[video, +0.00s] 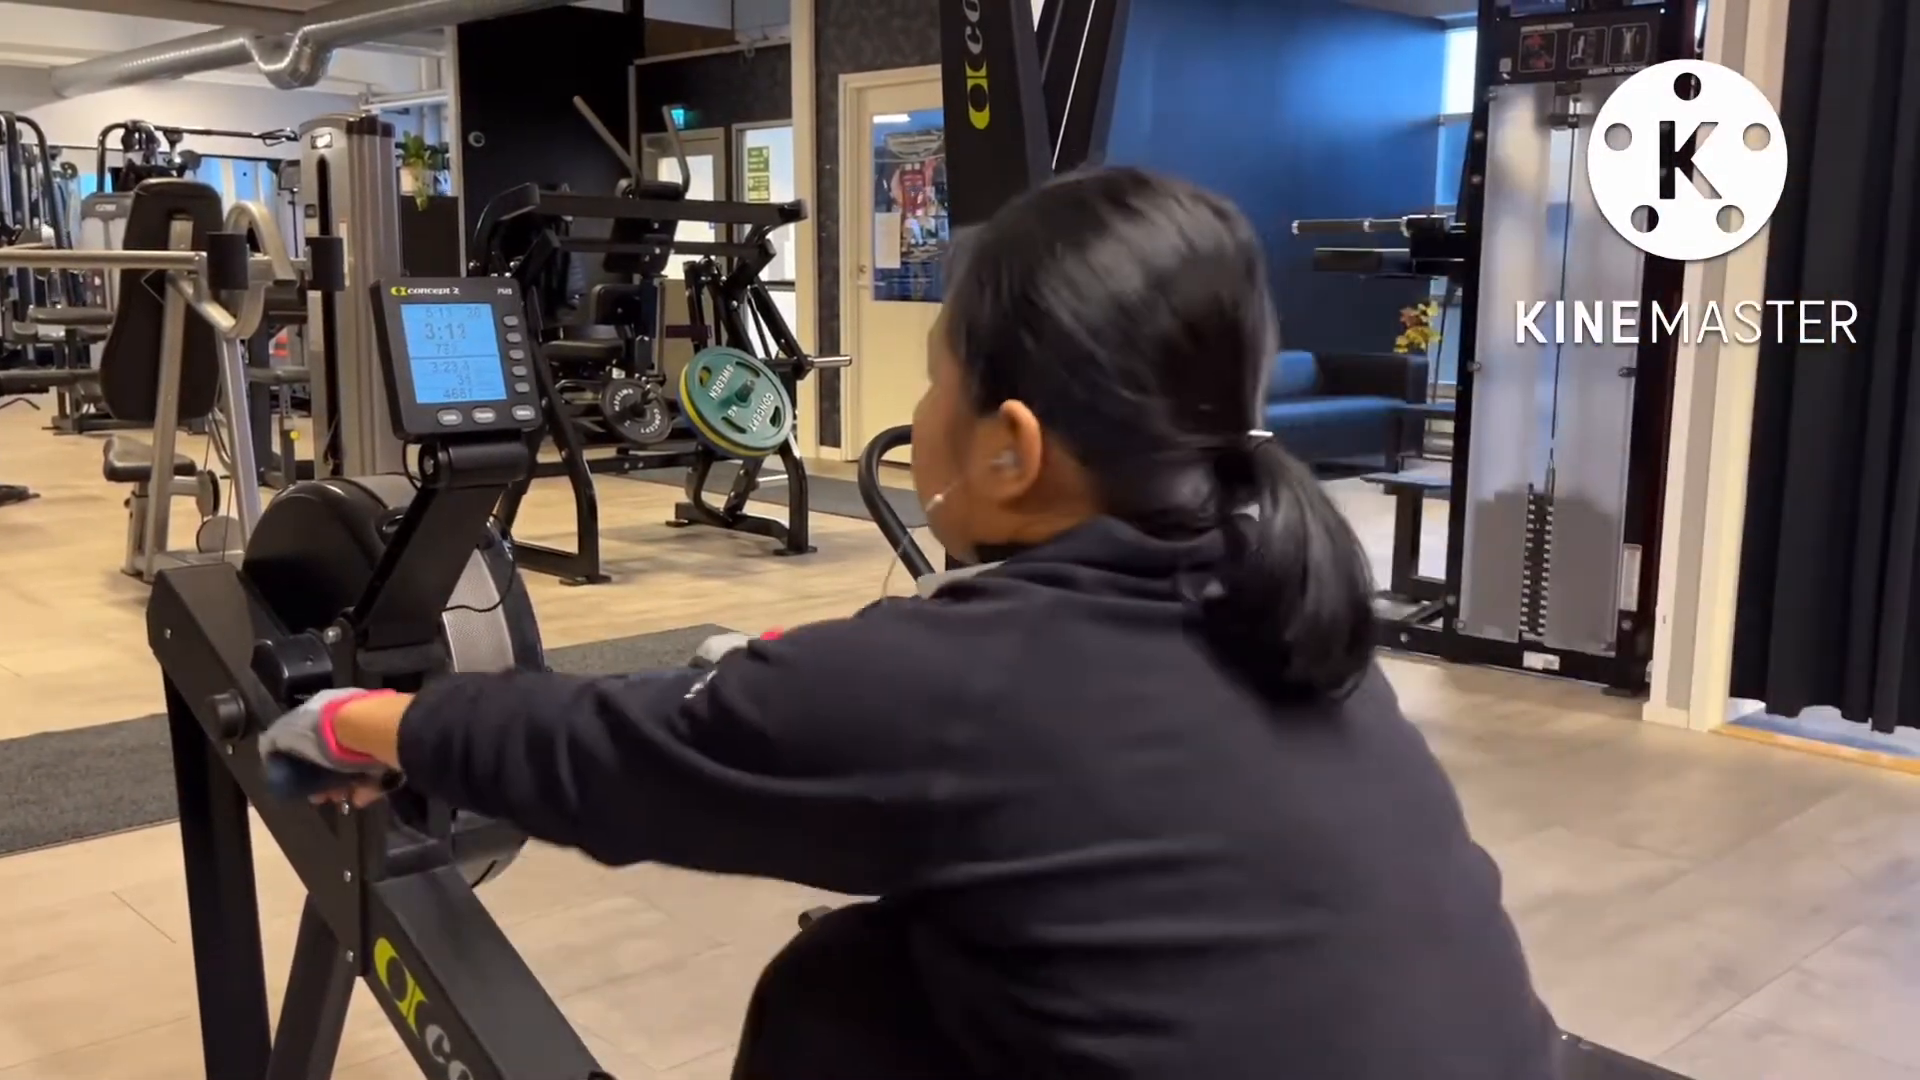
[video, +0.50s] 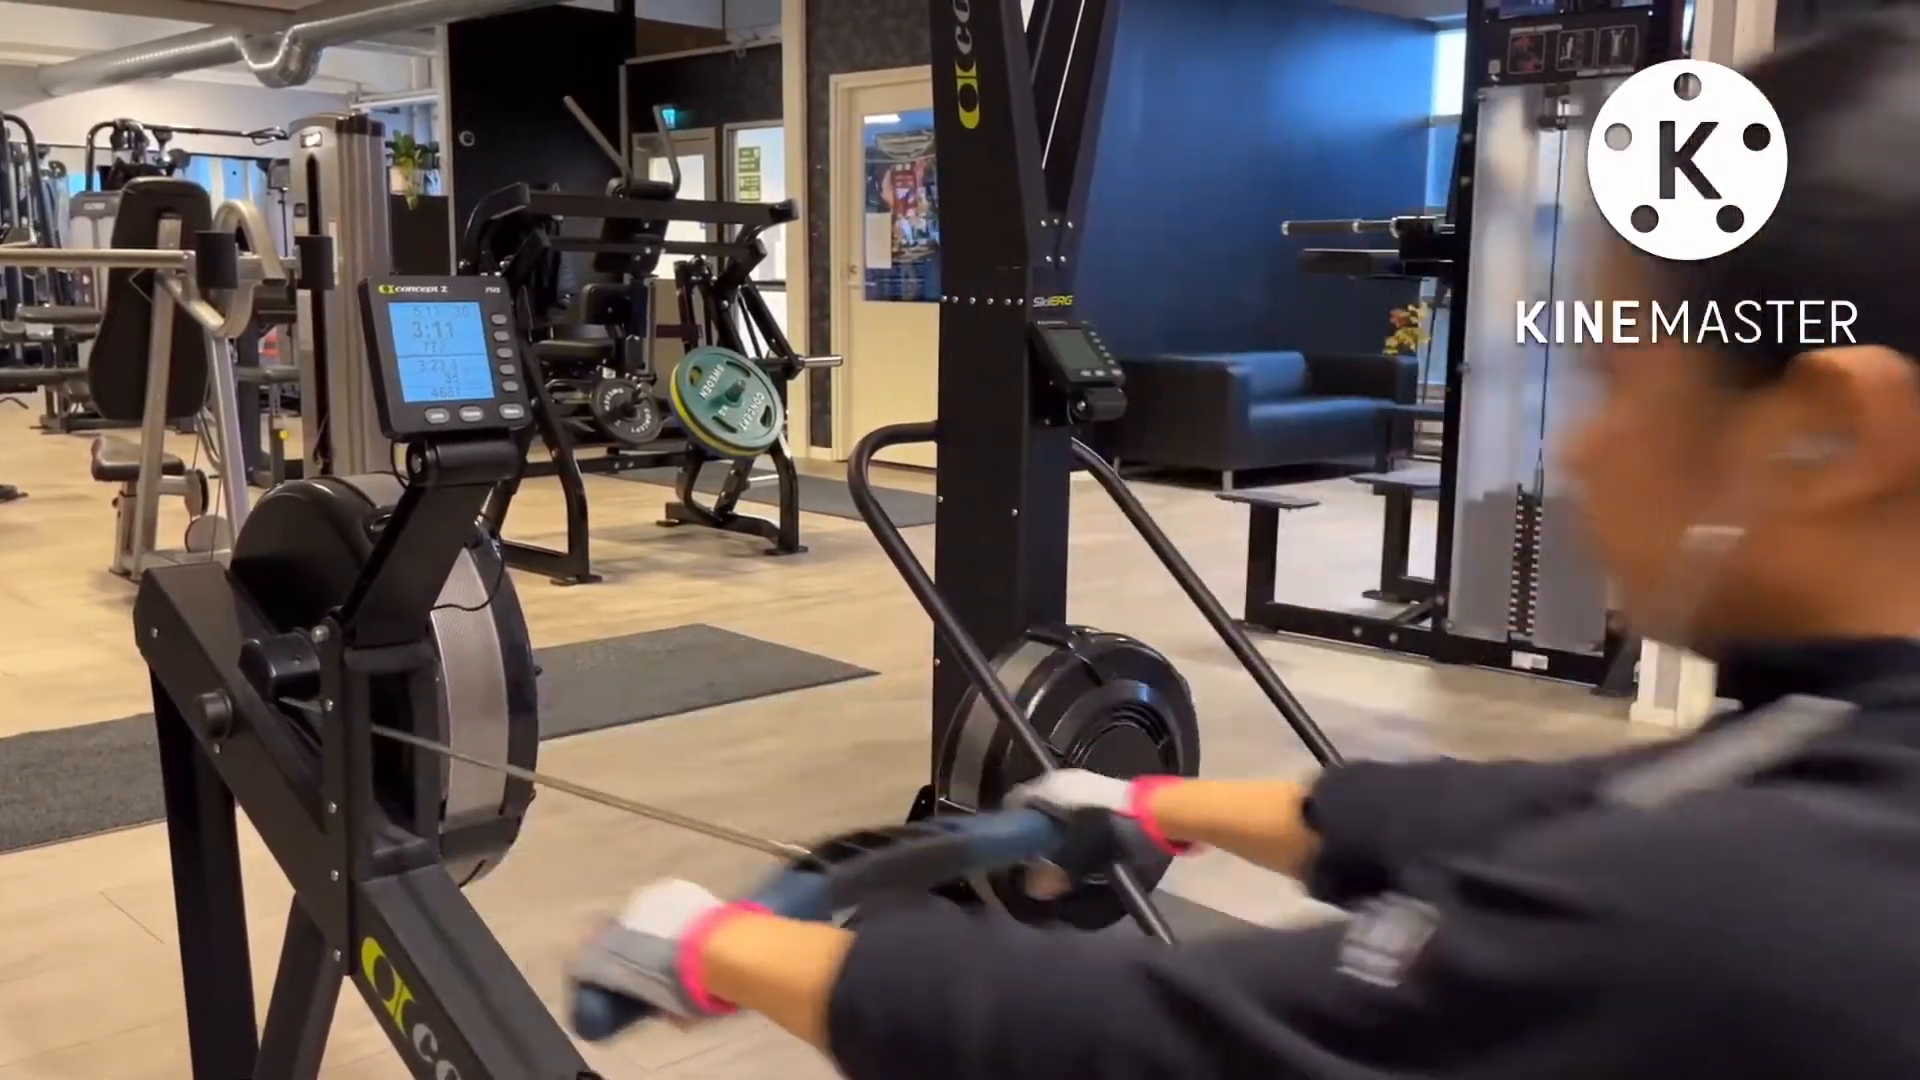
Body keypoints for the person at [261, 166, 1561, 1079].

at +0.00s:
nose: (916, 419)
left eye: (934, 383)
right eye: (930, 375)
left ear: (1018, 447)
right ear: (1210, 423)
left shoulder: (961, 674)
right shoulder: (1297, 594)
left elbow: (638, 744)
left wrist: (385, 725)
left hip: (1237, 1066)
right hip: (1490, 1048)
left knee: (831, 977)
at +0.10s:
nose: (939, 426)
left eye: (957, 389)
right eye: (948, 381)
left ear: (1051, 446)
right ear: (1245, 419)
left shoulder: (992, 692)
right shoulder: (1339, 603)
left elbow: (669, 756)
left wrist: (414, 726)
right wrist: (852, 680)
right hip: (1546, 1049)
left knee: (855, 1000)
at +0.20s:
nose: (1029, 434)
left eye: (1051, 396)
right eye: (1039, 392)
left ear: (1163, 445)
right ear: (1353, 413)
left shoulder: (1115, 723)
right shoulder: (1458, 603)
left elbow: (764, 807)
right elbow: (1242, 693)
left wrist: (496, 791)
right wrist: (975, 692)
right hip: (1639, 1047)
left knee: (926, 1022)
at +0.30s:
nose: (1172, 425)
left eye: (1199, 386)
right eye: (1185, 379)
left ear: (1338, 448)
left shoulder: (1250, 788)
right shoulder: (1650, 659)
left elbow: (875, 901)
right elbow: (1397, 751)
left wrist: (602, 866)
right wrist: (1112, 747)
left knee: (1001, 1046)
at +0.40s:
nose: (1354, 440)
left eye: (1383, 390)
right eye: (1364, 386)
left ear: (1560, 443)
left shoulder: (1454, 843)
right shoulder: (1839, 717)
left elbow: (1051, 965)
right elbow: (1474, 772)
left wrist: (702, 917)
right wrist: (1184, 778)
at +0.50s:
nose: (1570, 442)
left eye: (1618, 362)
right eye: (1593, 359)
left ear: (1837, 439)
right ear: (1837, 444)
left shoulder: (1715, 897)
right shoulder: (1848, 747)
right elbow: (1577, 814)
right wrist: (1180, 806)